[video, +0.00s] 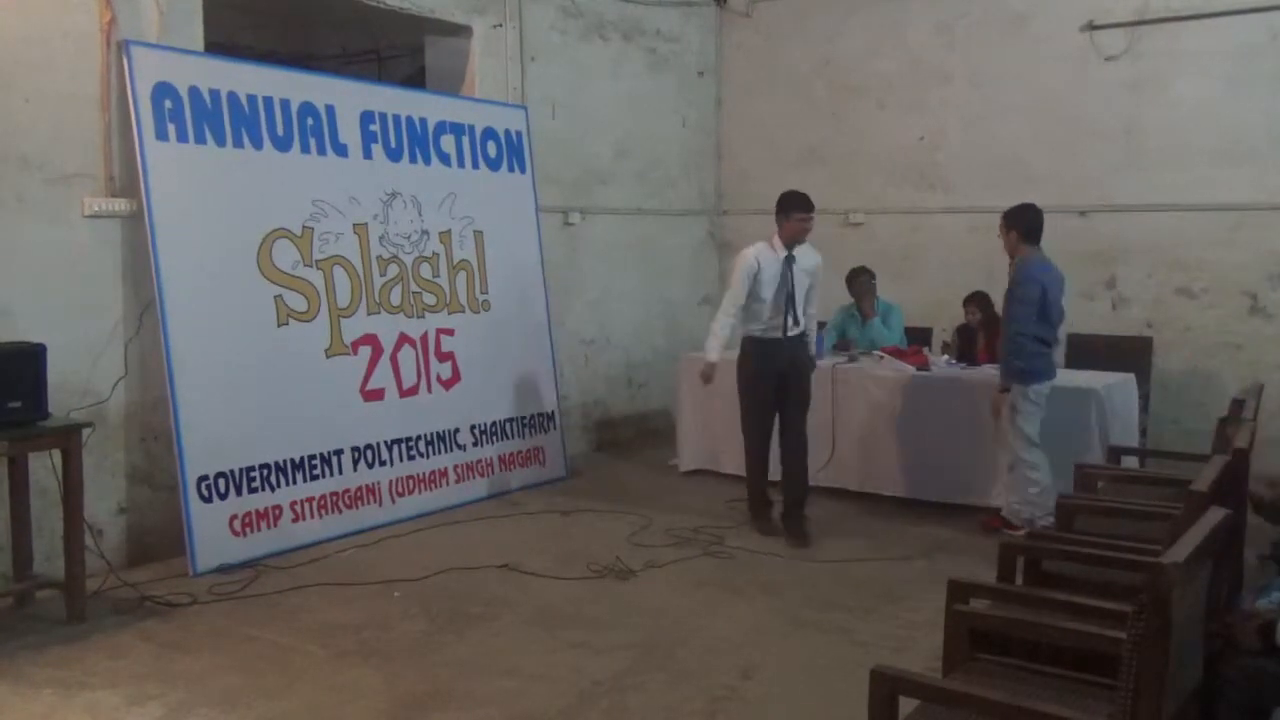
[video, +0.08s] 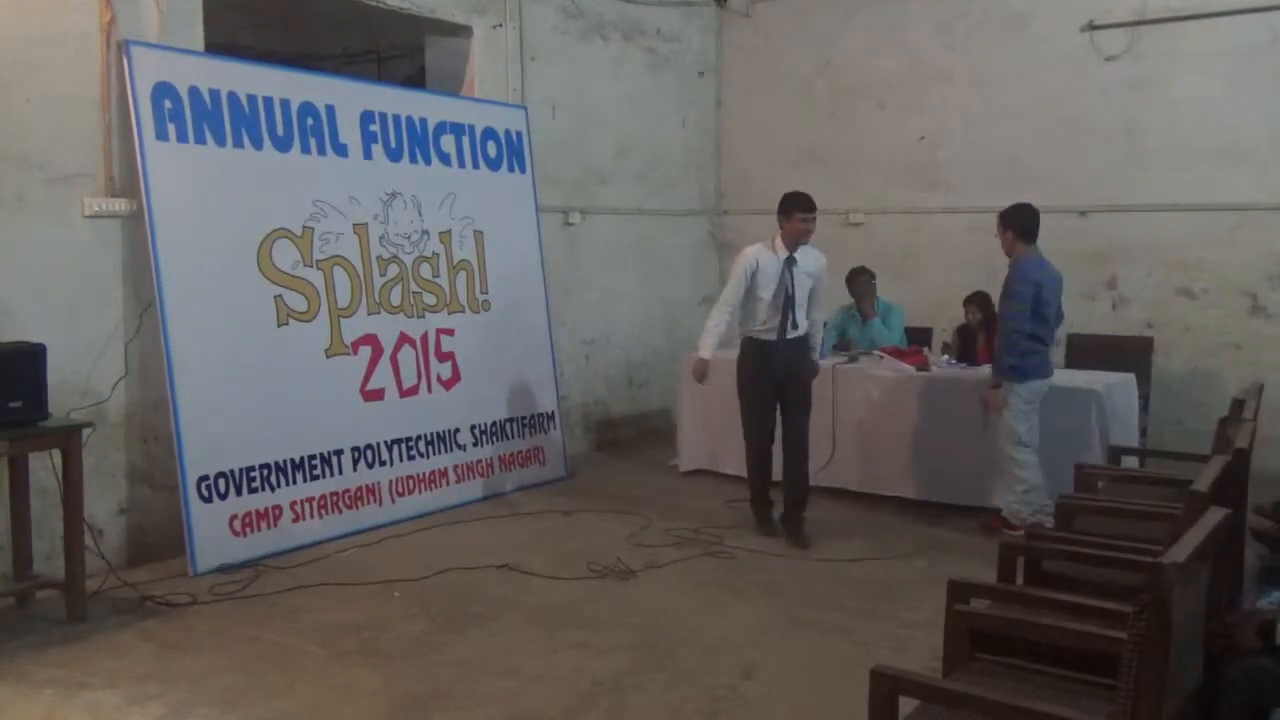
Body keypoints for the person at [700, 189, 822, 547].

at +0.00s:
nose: (809, 228)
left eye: (811, 221)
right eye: (803, 221)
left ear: (809, 223)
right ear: (782, 221)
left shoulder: (811, 260)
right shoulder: (752, 258)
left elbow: (809, 310)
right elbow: (730, 308)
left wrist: (810, 352)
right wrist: (711, 356)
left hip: (796, 355)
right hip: (757, 355)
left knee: (795, 436)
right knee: (757, 436)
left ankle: (795, 515)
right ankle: (760, 512)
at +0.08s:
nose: (809, 228)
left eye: (813, 222)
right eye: (803, 221)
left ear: (814, 224)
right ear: (783, 221)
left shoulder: (815, 262)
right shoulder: (753, 258)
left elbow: (815, 314)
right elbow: (726, 306)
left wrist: (815, 356)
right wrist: (705, 352)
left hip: (796, 355)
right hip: (756, 356)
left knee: (797, 439)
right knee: (759, 438)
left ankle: (794, 518)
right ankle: (762, 513)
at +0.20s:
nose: (810, 227)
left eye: (813, 221)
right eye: (804, 220)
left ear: (813, 223)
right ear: (783, 220)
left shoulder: (816, 262)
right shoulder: (751, 257)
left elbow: (820, 318)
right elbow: (725, 305)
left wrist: (824, 365)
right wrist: (708, 352)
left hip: (796, 357)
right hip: (754, 356)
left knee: (800, 436)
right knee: (753, 432)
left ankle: (795, 515)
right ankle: (765, 487)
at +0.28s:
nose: (806, 224)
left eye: (809, 218)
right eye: (799, 217)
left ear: (809, 220)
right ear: (778, 216)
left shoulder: (816, 262)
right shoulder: (746, 256)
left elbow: (827, 318)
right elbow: (727, 309)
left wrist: (834, 370)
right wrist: (715, 356)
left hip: (794, 355)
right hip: (751, 353)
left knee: (799, 437)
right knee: (747, 426)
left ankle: (795, 517)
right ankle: (756, 484)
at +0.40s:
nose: (799, 221)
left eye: (802, 215)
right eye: (793, 214)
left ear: (801, 218)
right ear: (770, 215)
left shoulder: (808, 255)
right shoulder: (740, 256)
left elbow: (827, 305)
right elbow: (728, 313)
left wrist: (835, 355)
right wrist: (723, 365)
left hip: (791, 356)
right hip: (748, 355)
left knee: (792, 440)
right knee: (740, 437)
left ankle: (793, 520)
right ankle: (729, 515)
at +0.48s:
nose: (793, 223)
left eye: (795, 216)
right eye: (787, 216)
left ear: (794, 219)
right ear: (764, 217)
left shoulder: (802, 256)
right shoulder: (733, 261)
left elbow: (820, 298)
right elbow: (722, 317)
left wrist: (828, 335)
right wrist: (716, 370)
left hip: (786, 360)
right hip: (743, 359)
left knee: (790, 447)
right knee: (732, 450)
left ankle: (794, 523)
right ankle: (719, 540)